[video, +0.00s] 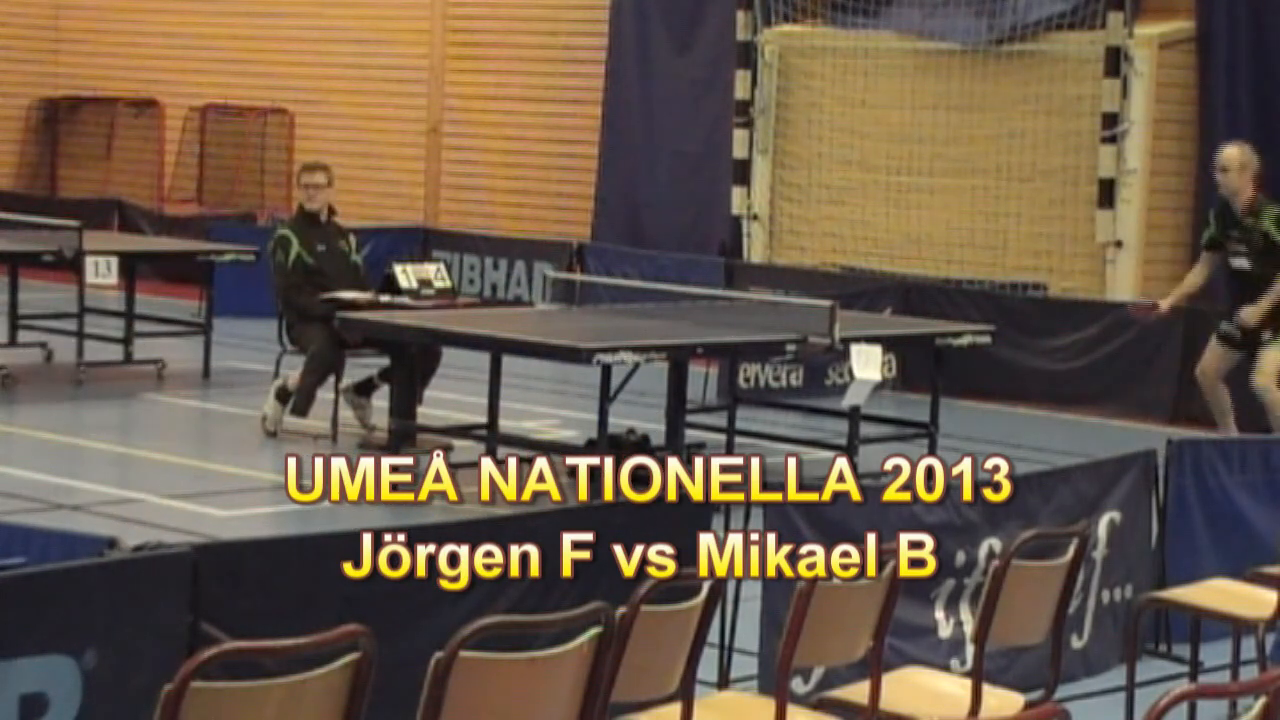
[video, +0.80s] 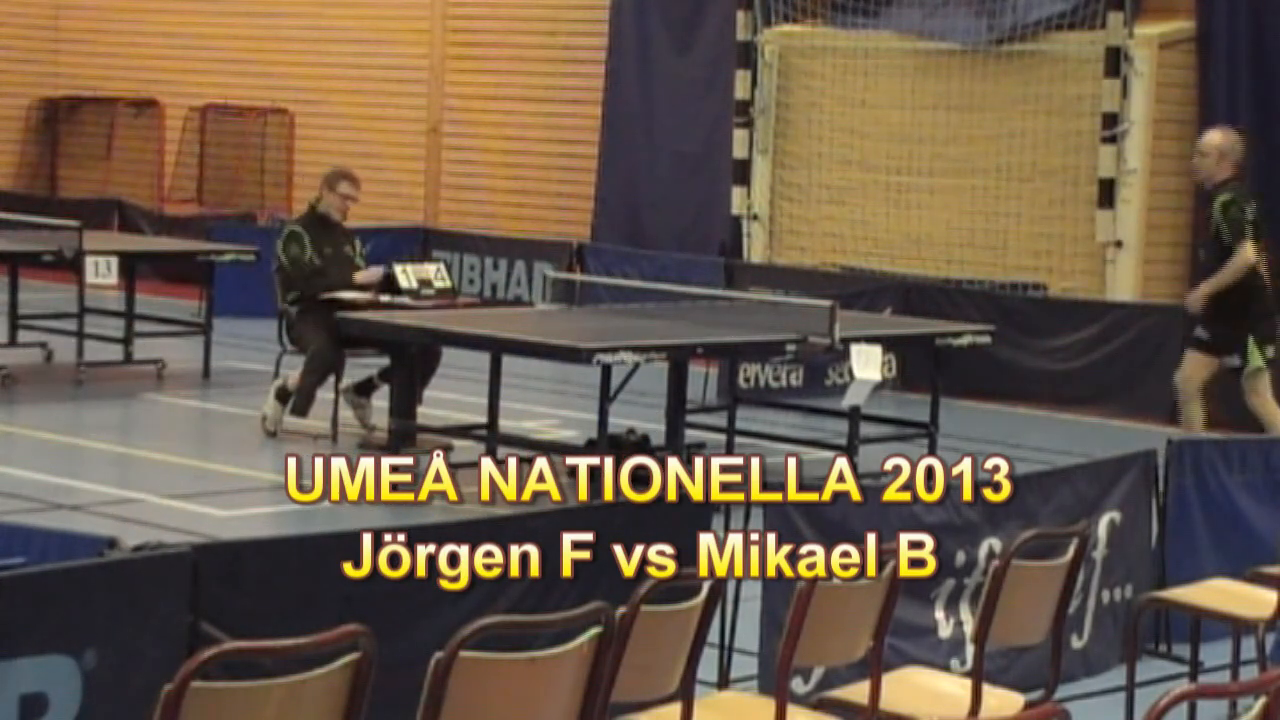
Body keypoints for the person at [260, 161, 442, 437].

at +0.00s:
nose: (311, 193)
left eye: (318, 187)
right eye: (306, 187)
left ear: (330, 191)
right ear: (298, 190)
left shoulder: (343, 235)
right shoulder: (287, 236)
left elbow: (359, 281)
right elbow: (291, 294)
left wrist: (367, 302)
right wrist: (336, 309)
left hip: (351, 318)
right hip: (309, 319)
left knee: (425, 351)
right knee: (328, 353)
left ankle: (362, 391)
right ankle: (285, 392)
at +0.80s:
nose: (348, 206)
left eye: (352, 200)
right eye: (344, 197)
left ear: (353, 201)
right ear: (325, 192)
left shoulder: (348, 237)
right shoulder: (297, 233)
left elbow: (361, 280)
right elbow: (307, 283)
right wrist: (354, 277)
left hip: (350, 313)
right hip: (309, 313)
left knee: (425, 351)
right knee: (327, 355)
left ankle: (361, 391)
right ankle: (283, 392)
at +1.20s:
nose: (362, 210)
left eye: (366, 204)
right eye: (357, 201)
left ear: (368, 205)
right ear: (339, 194)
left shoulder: (354, 238)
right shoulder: (312, 228)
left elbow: (363, 282)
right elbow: (334, 277)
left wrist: (398, 280)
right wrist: (377, 283)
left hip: (350, 313)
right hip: (310, 312)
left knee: (425, 350)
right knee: (328, 354)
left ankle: (361, 391)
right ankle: (283, 392)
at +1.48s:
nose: (363, 209)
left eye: (368, 204)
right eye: (359, 200)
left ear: (371, 206)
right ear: (340, 195)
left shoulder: (356, 239)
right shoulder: (314, 228)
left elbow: (362, 282)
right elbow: (337, 277)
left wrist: (399, 281)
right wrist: (383, 282)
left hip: (350, 312)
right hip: (311, 311)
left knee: (425, 349)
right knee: (328, 356)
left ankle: (361, 392)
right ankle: (283, 392)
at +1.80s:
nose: (309, 199)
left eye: (316, 192)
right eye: (303, 191)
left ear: (325, 196)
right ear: (291, 193)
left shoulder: (331, 240)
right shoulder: (270, 239)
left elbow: (346, 290)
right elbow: (263, 300)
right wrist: (312, 316)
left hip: (335, 325)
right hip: (293, 325)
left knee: (409, 359)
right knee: (303, 367)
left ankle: (346, 403)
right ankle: (255, 409)